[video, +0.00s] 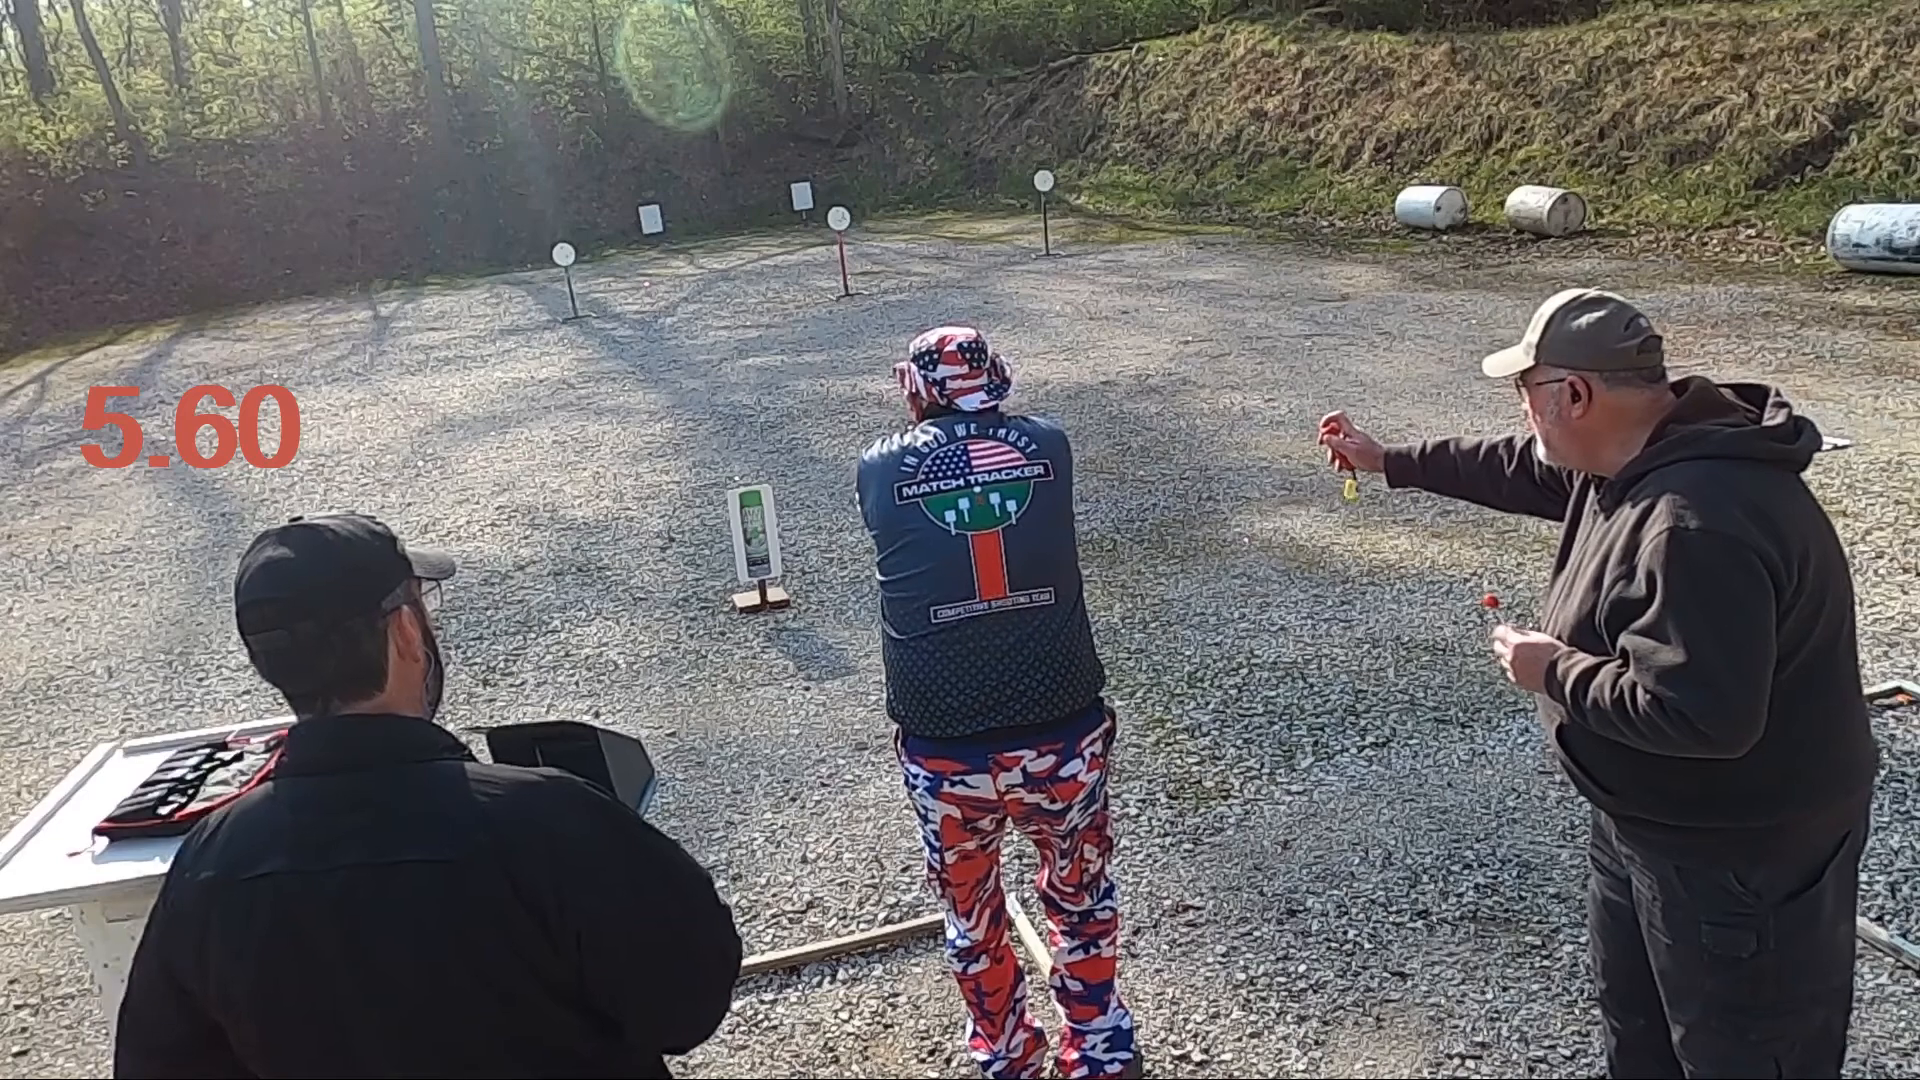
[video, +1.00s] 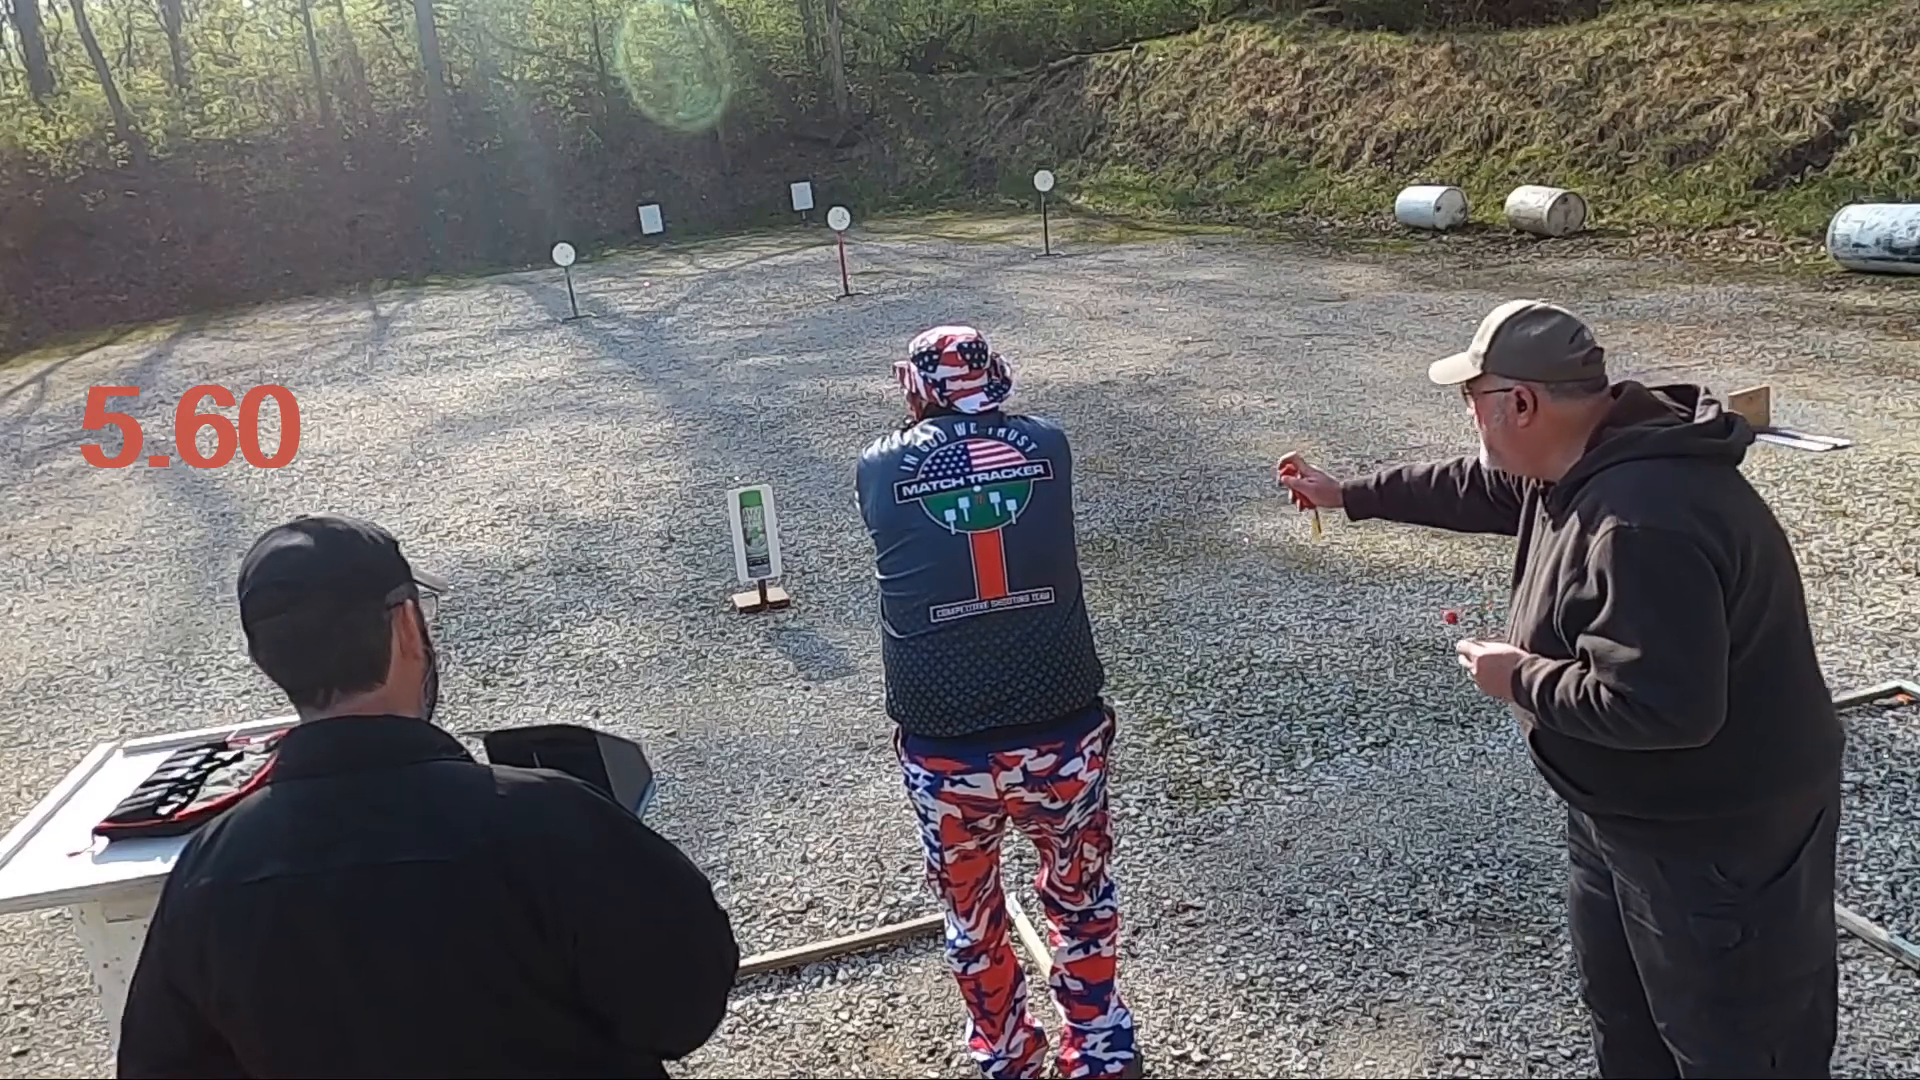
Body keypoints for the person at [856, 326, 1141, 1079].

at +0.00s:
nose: (903, 397)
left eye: (907, 388)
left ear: (916, 397)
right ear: (997, 388)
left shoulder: (878, 470)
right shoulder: (1048, 444)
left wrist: (938, 422)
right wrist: (948, 416)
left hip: (944, 750)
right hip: (1064, 736)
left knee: (972, 907)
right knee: (1081, 896)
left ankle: (1005, 1057)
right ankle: (1102, 1056)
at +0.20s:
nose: (906, 397)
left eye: (908, 388)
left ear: (916, 396)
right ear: (997, 387)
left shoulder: (879, 470)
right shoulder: (1049, 444)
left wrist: (932, 418)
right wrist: (948, 412)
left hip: (944, 749)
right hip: (1064, 736)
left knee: (972, 908)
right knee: (1081, 896)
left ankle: (1005, 1058)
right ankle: (1102, 1056)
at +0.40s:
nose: (905, 397)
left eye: (907, 388)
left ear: (916, 395)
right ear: (997, 387)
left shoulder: (879, 470)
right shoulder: (1049, 444)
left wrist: (931, 417)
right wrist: (948, 411)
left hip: (945, 751)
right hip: (1064, 737)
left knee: (973, 907)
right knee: (1081, 897)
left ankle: (1005, 1058)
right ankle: (1102, 1056)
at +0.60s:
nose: (905, 398)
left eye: (907, 389)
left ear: (916, 396)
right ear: (997, 387)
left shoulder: (879, 470)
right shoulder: (1049, 444)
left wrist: (929, 417)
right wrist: (947, 411)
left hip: (946, 752)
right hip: (1065, 738)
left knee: (973, 908)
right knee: (1081, 898)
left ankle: (1005, 1058)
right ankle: (1102, 1056)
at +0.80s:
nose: (904, 397)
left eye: (906, 389)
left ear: (916, 396)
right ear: (997, 388)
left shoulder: (878, 470)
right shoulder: (1049, 444)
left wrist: (929, 419)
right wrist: (946, 413)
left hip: (945, 753)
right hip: (1064, 739)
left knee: (972, 908)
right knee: (1081, 898)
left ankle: (1005, 1057)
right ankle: (1103, 1056)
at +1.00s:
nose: (904, 398)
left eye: (907, 389)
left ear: (916, 397)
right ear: (997, 389)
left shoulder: (878, 470)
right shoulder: (1048, 444)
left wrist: (928, 419)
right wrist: (944, 413)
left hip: (944, 753)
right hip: (1063, 739)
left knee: (972, 908)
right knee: (1081, 898)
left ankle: (1006, 1058)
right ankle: (1102, 1056)